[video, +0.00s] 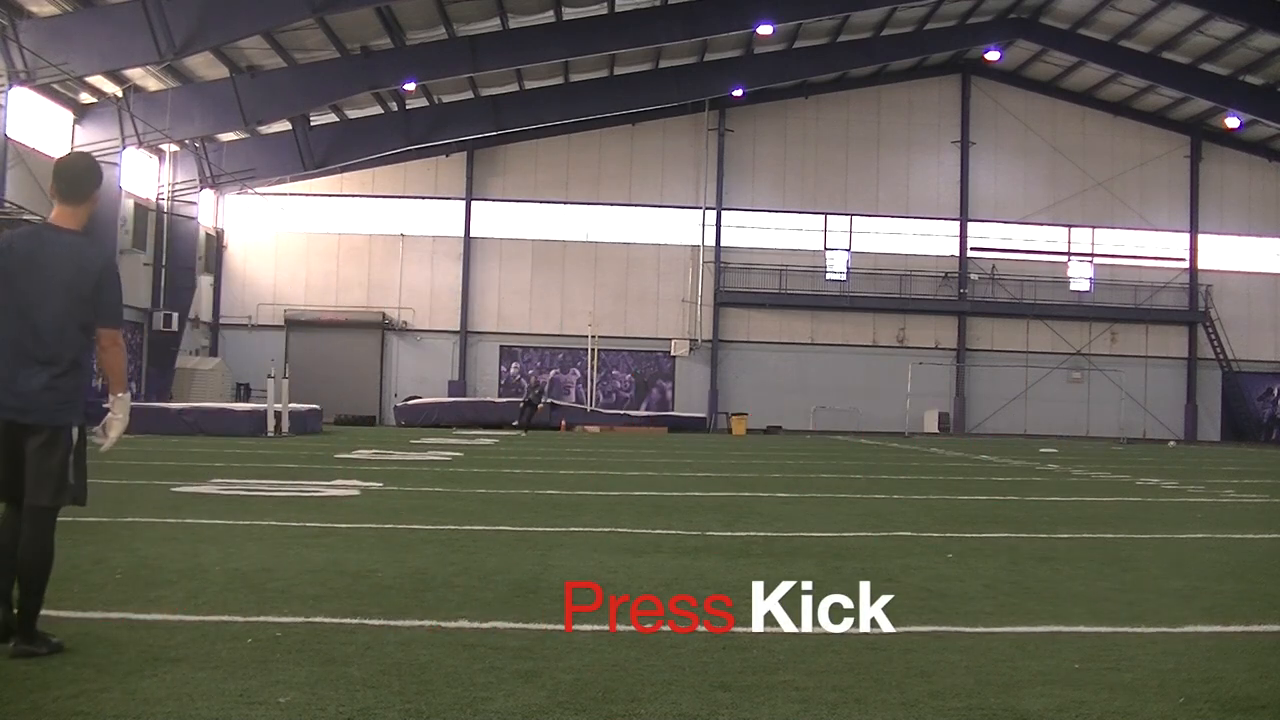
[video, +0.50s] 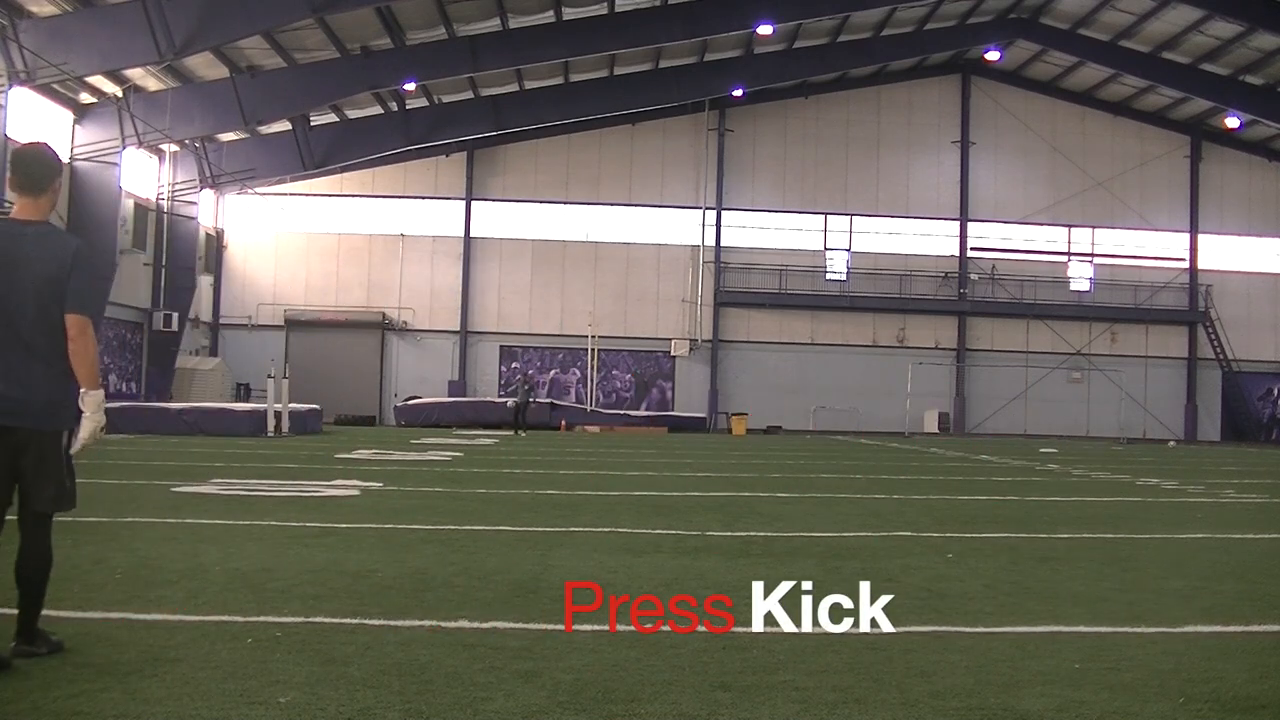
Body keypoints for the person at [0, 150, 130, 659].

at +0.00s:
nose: (95, 201)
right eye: (97, 193)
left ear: (51, 190)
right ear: (95, 196)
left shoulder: (12, 244)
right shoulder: (96, 257)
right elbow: (108, 338)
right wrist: (120, 401)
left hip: (5, 403)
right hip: (53, 409)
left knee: (12, 510)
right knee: (39, 519)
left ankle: (5, 616)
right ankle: (26, 631)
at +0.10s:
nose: (87, 201)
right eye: (90, 192)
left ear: (45, 190)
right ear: (89, 195)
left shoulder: (9, 244)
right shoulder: (92, 257)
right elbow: (100, 338)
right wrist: (113, 406)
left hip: (3, 406)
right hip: (53, 412)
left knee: (5, 518)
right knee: (40, 523)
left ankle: (6, 622)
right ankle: (26, 632)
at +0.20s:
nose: (82, 201)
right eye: (84, 193)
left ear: (38, 190)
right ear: (83, 195)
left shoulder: (8, 240)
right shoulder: (87, 256)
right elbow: (91, 339)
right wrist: (104, 408)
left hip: (2, 409)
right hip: (50, 414)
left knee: (4, 521)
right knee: (39, 525)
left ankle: (15, 627)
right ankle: (25, 632)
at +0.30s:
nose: (77, 199)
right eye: (78, 193)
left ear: (31, 188)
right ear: (75, 195)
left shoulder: (6, 240)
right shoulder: (79, 257)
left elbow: (83, 339)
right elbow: (83, 339)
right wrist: (100, 409)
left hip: (3, 409)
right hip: (45, 414)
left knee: (8, 521)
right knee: (38, 525)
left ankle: (22, 632)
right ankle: (26, 633)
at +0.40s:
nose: (70, 196)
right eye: (70, 189)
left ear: (21, 188)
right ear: (65, 191)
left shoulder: (4, 237)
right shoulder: (75, 255)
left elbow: (80, 338)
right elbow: (79, 337)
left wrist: (94, 407)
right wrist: (96, 408)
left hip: (1, 410)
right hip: (42, 415)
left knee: (9, 525)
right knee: (36, 527)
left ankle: (22, 633)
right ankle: (26, 633)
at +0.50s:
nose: (57, 193)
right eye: (59, 185)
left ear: (10, 185)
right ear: (56, 187)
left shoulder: (3, 234)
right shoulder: (70, 249)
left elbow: (77, 332)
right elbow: (76, 330)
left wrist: (92, 401)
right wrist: (94, 402)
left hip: (4, 412)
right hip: (39, 414)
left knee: (25, 525)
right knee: (35, 526)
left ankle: (25, 631)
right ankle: (26, 632)